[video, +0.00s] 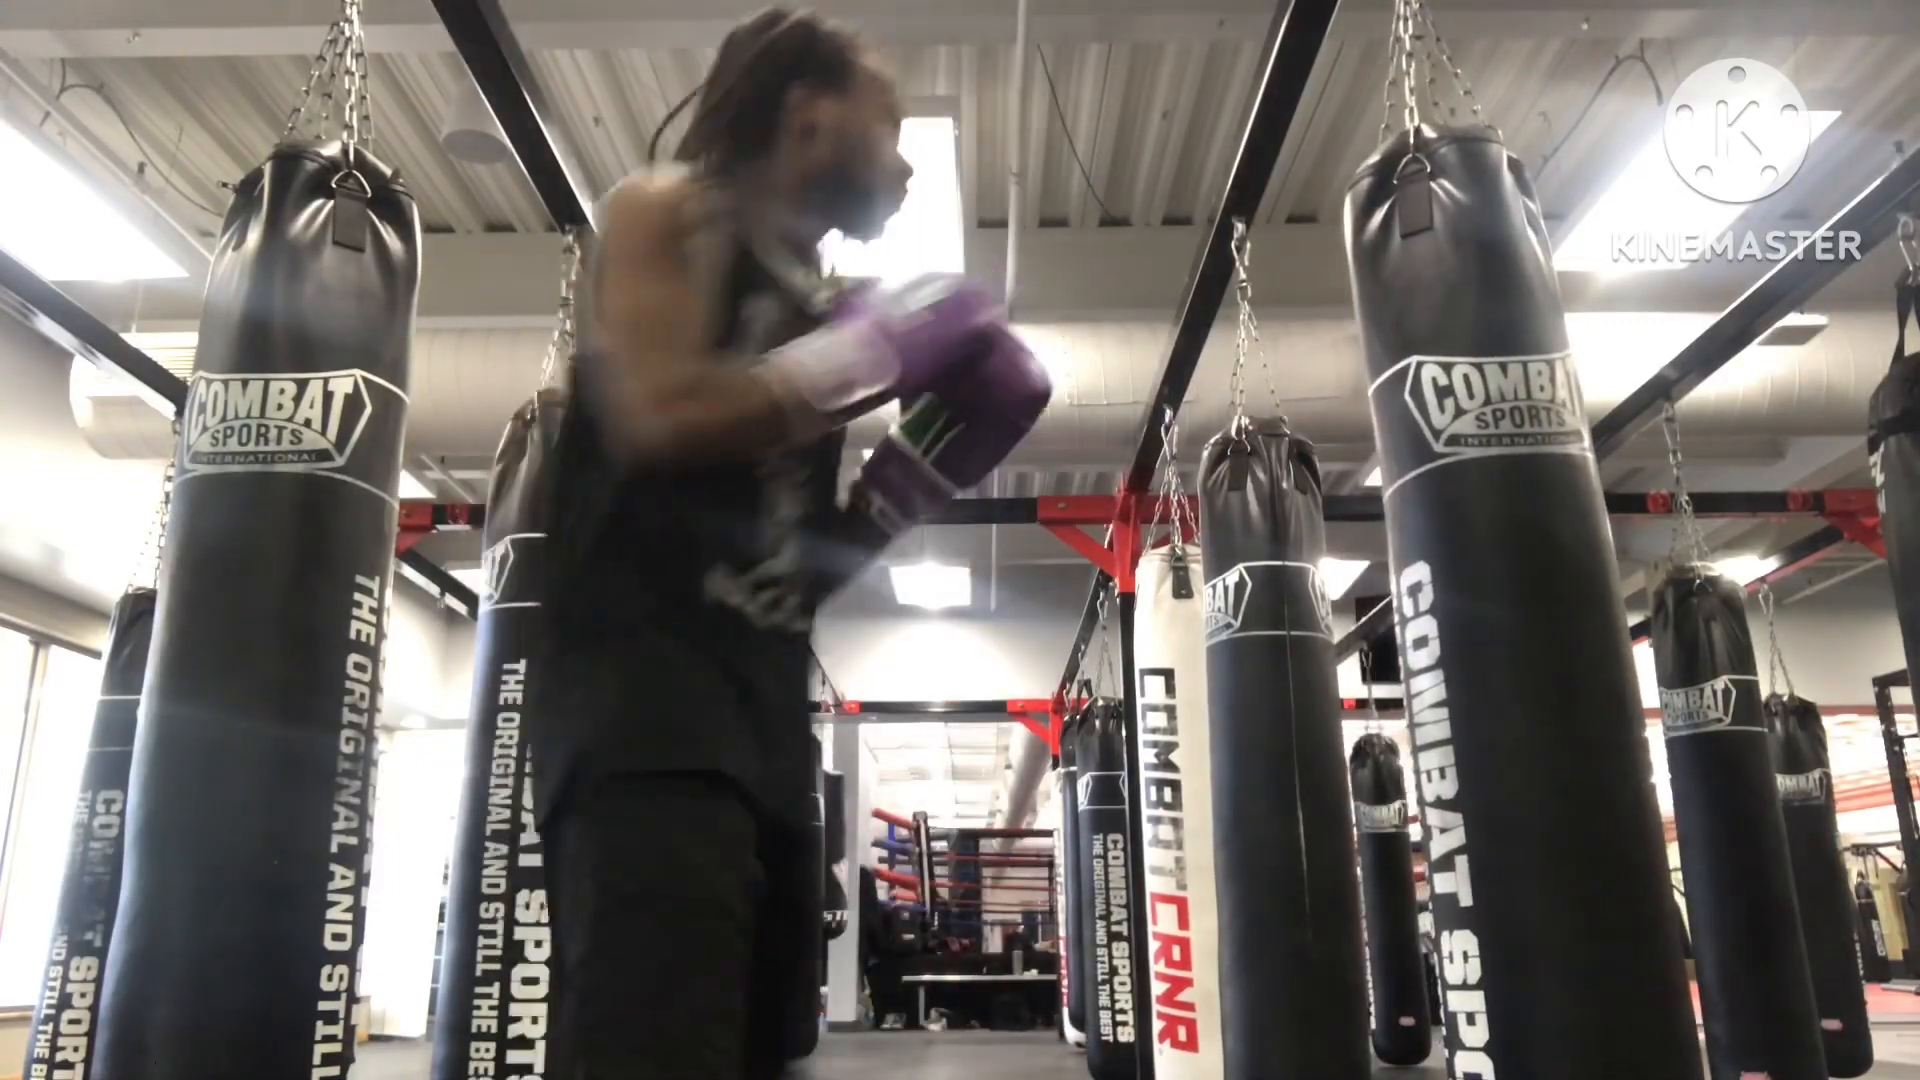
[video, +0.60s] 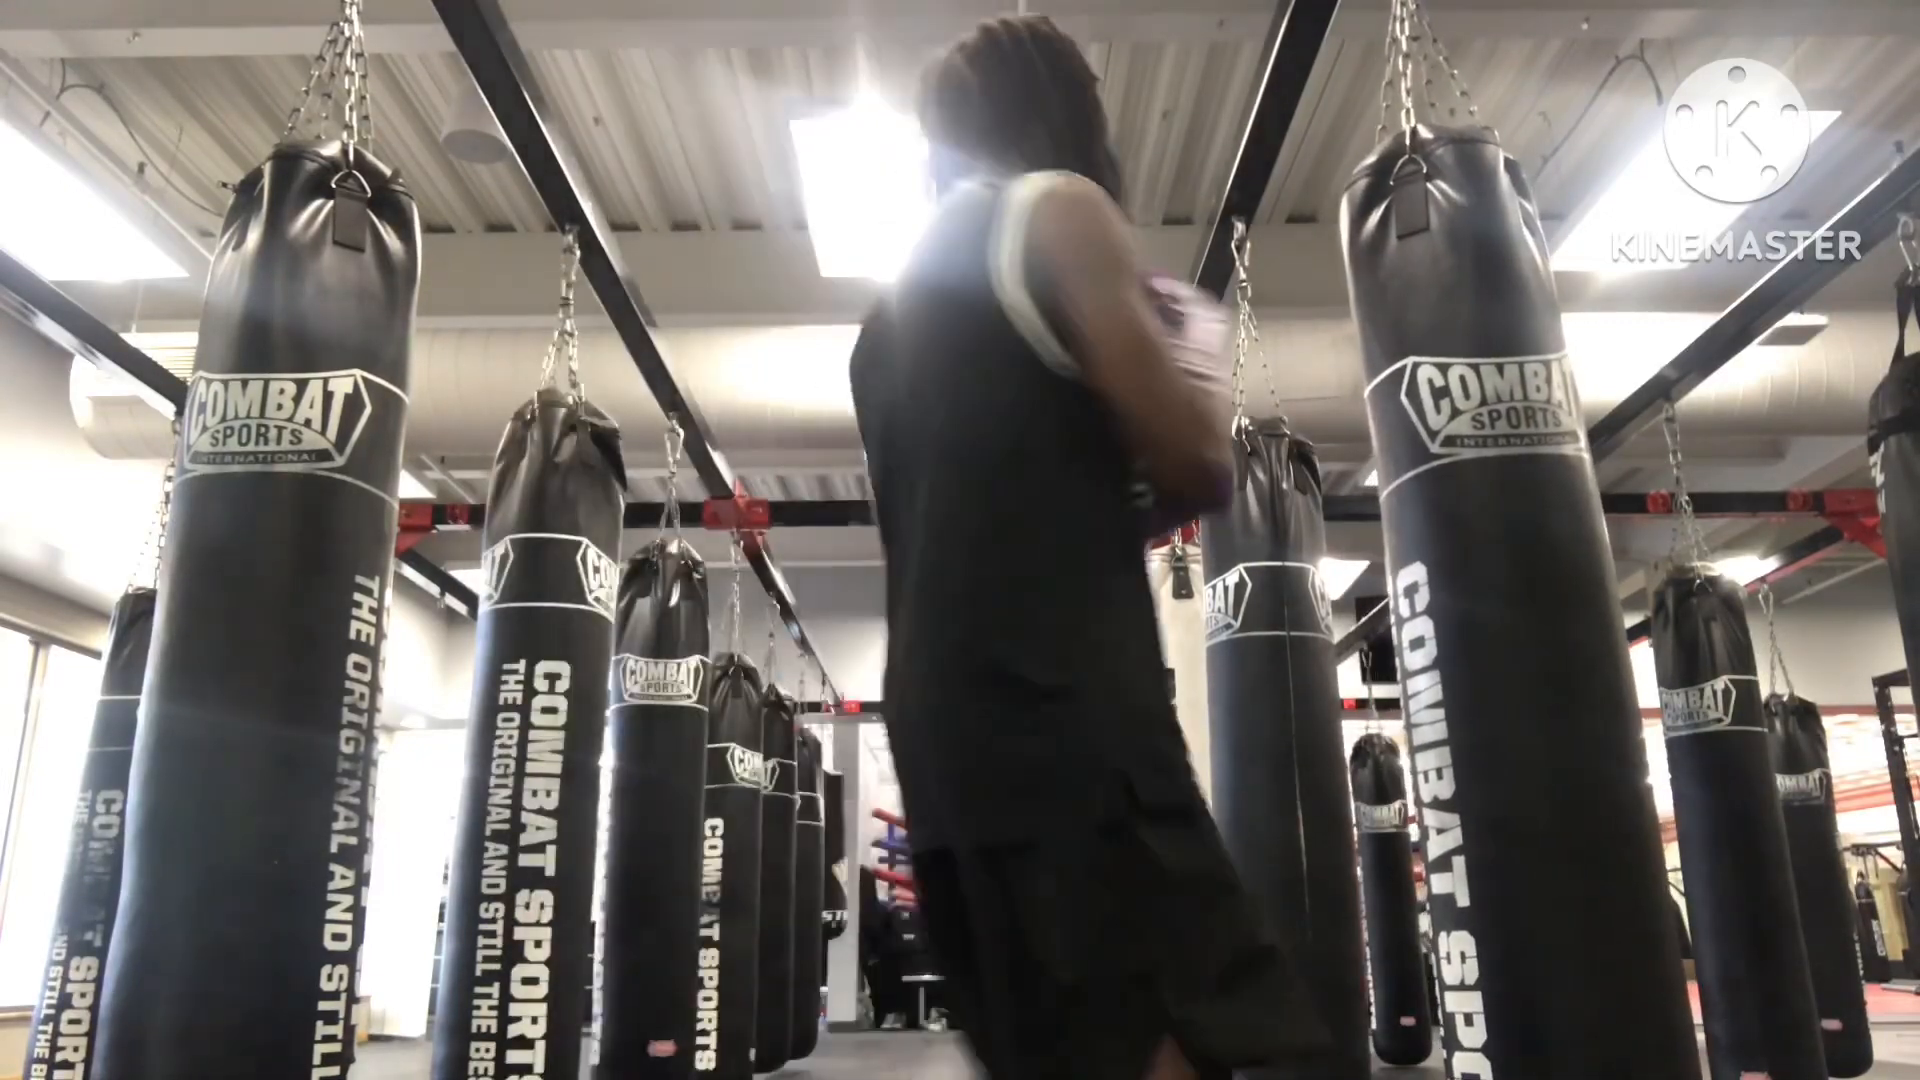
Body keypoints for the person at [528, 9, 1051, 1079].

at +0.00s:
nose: (904, 162)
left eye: (900, 133)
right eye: (887, 125)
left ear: (819, 125)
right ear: (809, 113)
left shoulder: (820, 306)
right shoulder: (662, 210)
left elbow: (783, 571)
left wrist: (911, 475)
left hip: (758, 724)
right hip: (643, 713)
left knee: (753, 1040)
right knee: (653, 1042)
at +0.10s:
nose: (946, 144)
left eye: (946, 115)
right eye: (932, 110)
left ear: (849, 97)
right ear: (862, 83)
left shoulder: (783, 212)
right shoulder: (760, 156)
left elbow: (821, 480)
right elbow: (829, 362)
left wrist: (975, 407)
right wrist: (975, 330)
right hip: (719, 658)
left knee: (843, 1020)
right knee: (699, 1024)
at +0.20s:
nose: (950, 137)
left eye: (950, 117)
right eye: (944, 110)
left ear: (815, 81)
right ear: (915, 85)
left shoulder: (781, 217)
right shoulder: (858, 141)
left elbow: (852, 469)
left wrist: (999, 362)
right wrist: (1056, 355)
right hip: (788, 689)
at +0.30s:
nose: (1000, 129)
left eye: (1003, 104)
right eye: (994, 100)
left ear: (859, 96)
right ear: (959, 87)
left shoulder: (805, 247)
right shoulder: (926, 158)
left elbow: (883, 456)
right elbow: (1054, 400)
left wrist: (1019, 359)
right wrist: (1091, 348)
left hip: (784, 738)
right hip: (875, 739)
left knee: (791, 1036)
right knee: (913, 1035)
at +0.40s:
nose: (1031, 145)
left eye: (1034, 125)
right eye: (1025, 119)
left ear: (898, 114)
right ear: (990, 103)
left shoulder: (840, 281)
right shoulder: (967, 180)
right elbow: (1085, 431)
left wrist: (1054, 368)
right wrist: (1109, 370)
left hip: (870, 752)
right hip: (966, 745)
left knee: (906, 1047)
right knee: (1013, 1046)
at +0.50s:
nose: (1070, 131)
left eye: (1062, 112)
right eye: (1061, 106)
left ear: (919, 119)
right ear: (1035, 101)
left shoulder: (874, 278)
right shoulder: (1008, 195)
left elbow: (968, 480)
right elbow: (1121, 444)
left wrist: (1126, 401)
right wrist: (1133, 347)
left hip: (919, 732)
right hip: (1025, 723)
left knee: (1006, 1043)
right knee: (1160, 1031)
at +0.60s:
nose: (1098, 128)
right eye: (1087, 107)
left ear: (940, 137)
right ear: (1065, 109)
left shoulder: (890, 310)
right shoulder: (1053, 209)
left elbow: (961, 528)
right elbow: (1199, 461)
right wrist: (1202, 344)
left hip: (944, 752)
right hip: (1074, 735)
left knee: (1039, 1048)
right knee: (1244, 1032)